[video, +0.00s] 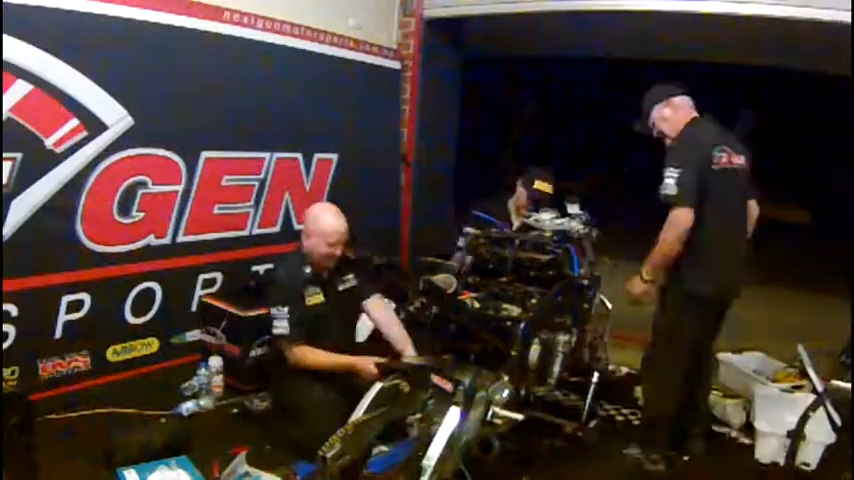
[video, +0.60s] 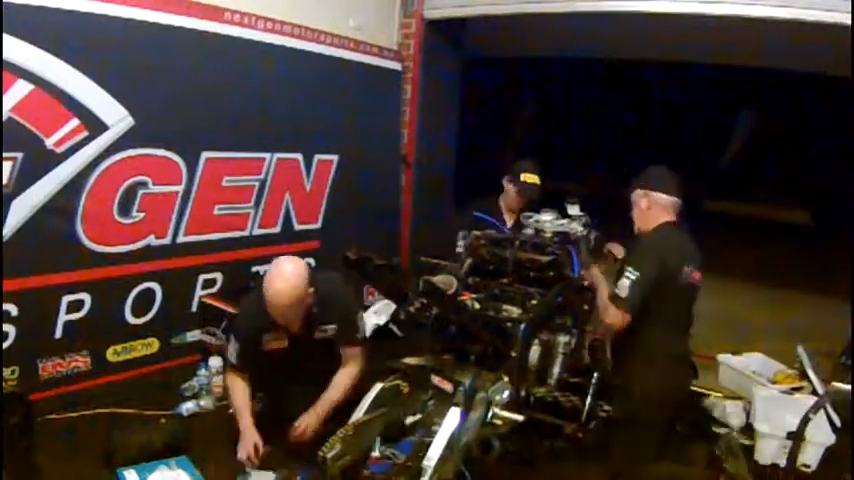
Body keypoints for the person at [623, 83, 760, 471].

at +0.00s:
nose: (660, 136)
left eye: (658, 126)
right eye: (657, 129)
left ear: (671, 109)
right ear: (686, 108)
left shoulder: (687, 144)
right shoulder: (731, 143)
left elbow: (682, 218)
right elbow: (750, 209)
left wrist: (647, 273)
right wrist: (729, 255)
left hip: (692, 277)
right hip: (722, 277)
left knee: (664, 361)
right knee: (696, 358)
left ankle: (655, 449)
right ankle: (689, 440)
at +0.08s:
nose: (668, 162)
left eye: (663, 154)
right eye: (662, 158)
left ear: (672, 135)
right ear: (675, 130)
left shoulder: (705, 155)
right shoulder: (724, 145)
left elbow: (722, 229)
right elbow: (736, 224)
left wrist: (693, 299)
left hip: (738, 284)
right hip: (752, 280)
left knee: (705, 372)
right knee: (723, 371)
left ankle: (695, 459)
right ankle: (716, 457)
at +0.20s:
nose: (636, 226)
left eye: (636, 217)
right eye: (634, 218)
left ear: (646, 209)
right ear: (674, 210)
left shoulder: (651, 253)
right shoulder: (704, 249)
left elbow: (639, 330)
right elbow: (726, 318)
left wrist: (613, 327)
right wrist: (684, 318)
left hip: (656, 387)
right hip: (696, 384)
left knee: (646, 465)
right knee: (685, 463)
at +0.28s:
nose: (624, 276)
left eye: (628, 271)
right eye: (626, 268)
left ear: (641, 282)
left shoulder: (656, 330)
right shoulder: (684, 276)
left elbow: (602, 405)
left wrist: (549, 453)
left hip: (697, 406)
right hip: (716, 383)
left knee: (645, 461)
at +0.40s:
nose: (651, 196)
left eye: (661, 191)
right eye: (655, 190)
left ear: (684, 204)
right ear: (683, 206)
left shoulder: (668, 244)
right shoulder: (691, 246)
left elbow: (621, 308)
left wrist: (588, 267)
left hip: (642, 381)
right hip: (667, 378)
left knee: (623, 458)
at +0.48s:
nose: (675, 260)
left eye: (681, 252)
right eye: (669, 252)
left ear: (701, 242)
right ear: (660, 244)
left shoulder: (716, 283)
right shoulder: (664, 272)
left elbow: (733, 368)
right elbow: (653, 343)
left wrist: (680, 418)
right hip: (652, 406)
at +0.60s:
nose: (631, 215)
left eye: (634, 205)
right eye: (632, 206)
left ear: (646, 202)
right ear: (672, 206)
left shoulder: (650, 248)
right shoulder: (686, 246)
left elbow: (615, 318)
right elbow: (662, 299)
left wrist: (599, 281)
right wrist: (626, 260)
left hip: (642, 379)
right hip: (675, 375)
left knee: (627, 463)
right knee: (653, 460)